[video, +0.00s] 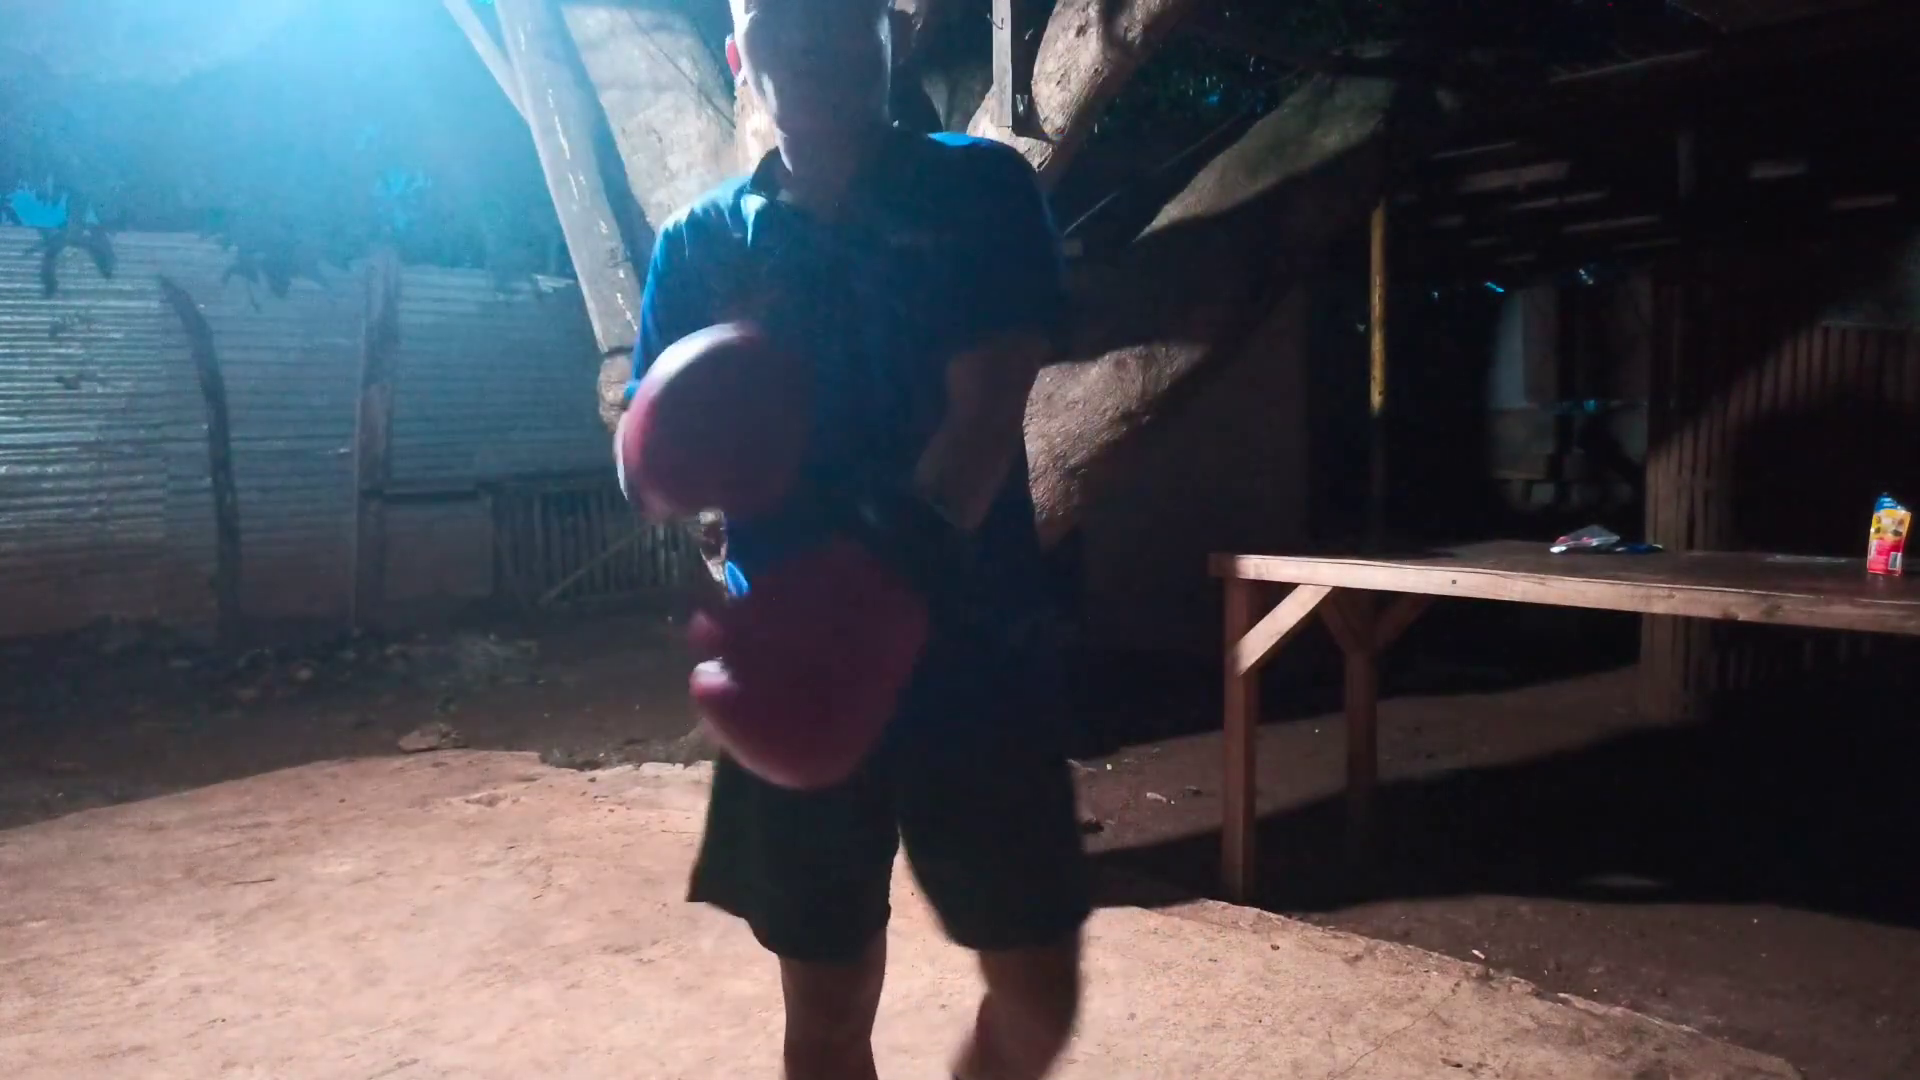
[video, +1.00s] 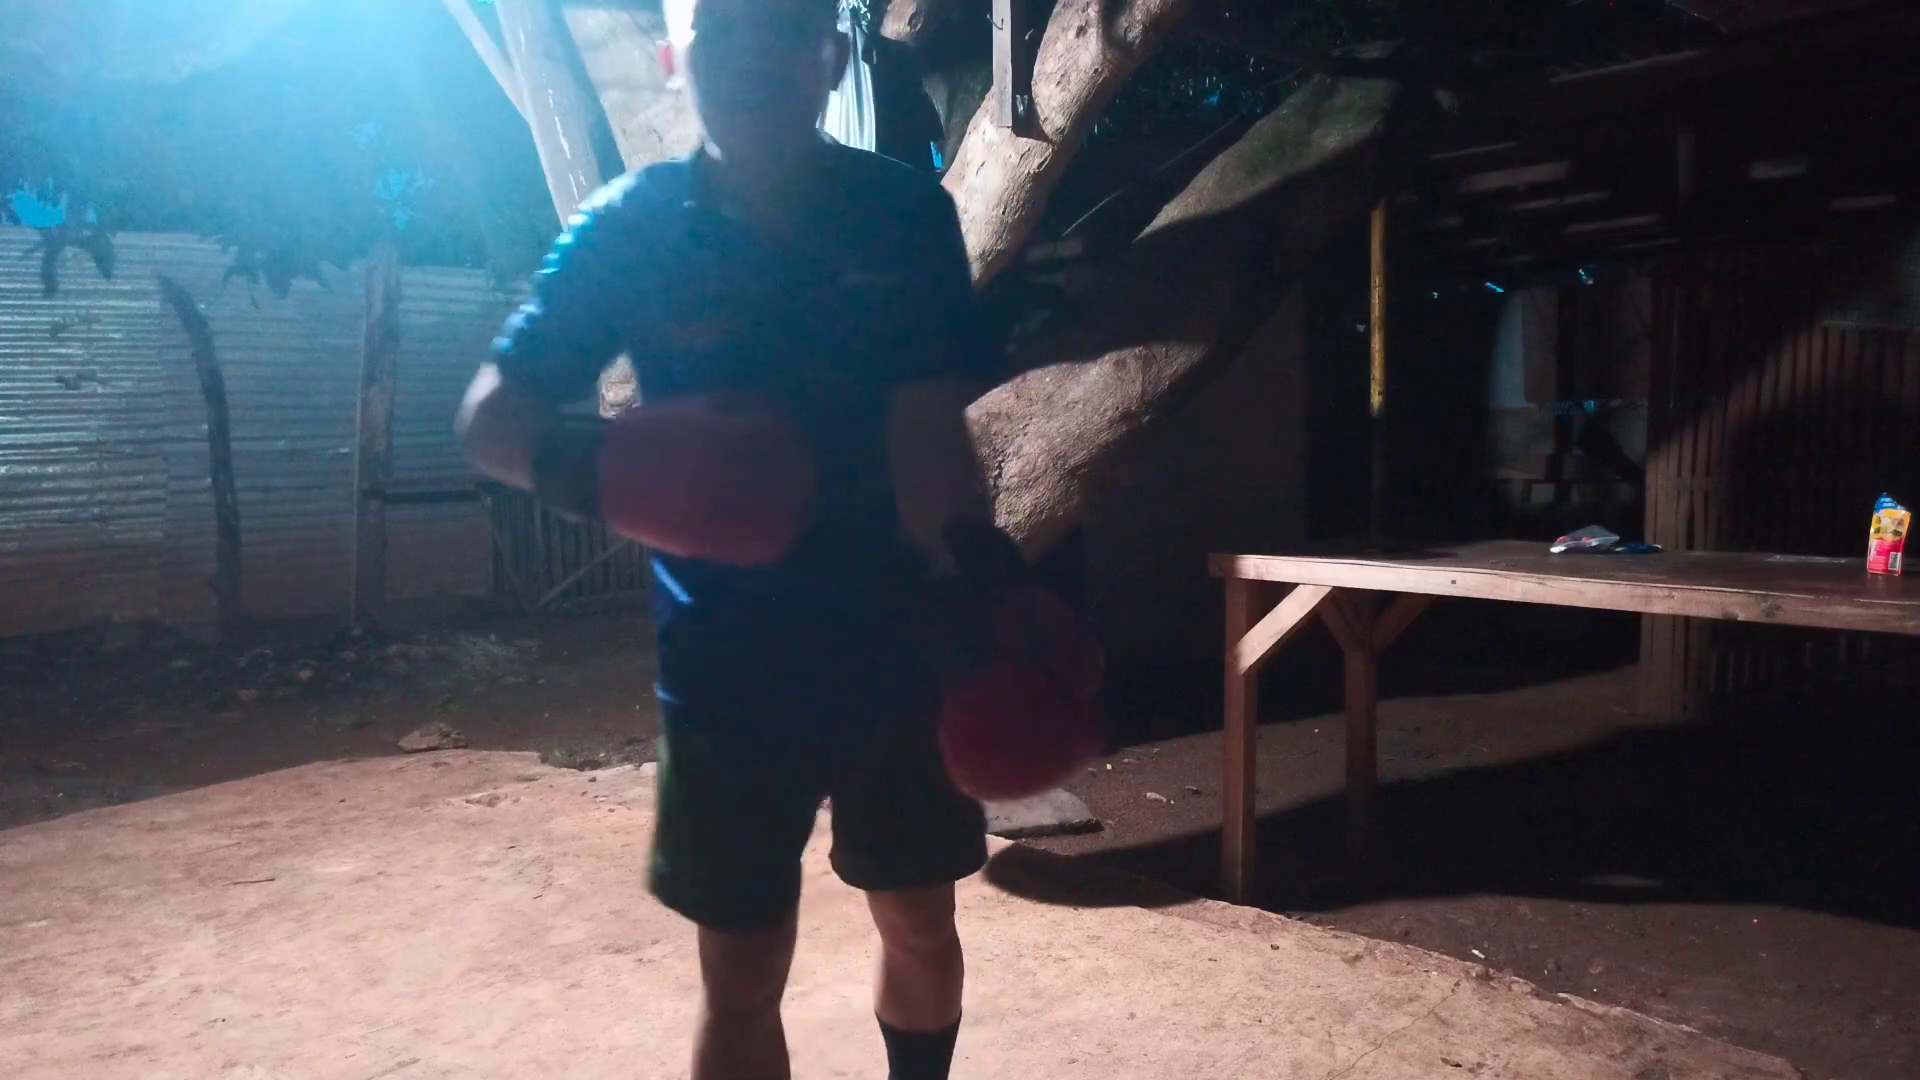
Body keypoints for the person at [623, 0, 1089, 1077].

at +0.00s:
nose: (816, 56)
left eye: (843, 30)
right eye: (785, 32)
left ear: (891, 41)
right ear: (741, 56)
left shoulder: (980, 186)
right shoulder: (698, 242)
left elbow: (990, 415)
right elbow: (663, 467)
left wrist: (890, 573)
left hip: (978, 633)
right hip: (794, 647)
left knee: (1038, 993)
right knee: (828, 996)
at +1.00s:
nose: (758, 61)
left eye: (789, 34)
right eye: (727, 35)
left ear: (836, 60)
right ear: (681, 62)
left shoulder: (898, 205)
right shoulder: (630, 225)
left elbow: (928, 428)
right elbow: (493, 415)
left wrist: (996, 587)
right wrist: (621, 470)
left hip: (896, 623)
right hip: (729, 642)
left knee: (921, 926)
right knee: (741, 976)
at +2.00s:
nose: (911, 33)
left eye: (937, 8)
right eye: (875, 9)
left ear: (977, 27)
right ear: (813, 28)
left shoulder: (1052, 193)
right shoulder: (770, 199)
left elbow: (1102, 441)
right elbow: (616, 420)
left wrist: (1151, 611)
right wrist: (770, 459)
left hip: (1015, 670)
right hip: (837, 677)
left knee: (994, 1000)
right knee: (821, 1027)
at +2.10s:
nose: (920, 28)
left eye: (946, 3)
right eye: (885, 5)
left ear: (985, 23)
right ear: (818, 23)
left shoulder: (1054, 194)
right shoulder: (764, 203)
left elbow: (1114, 428)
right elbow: (608, 427)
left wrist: (1123, 605)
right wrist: (777, 450)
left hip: (1028, 681)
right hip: (845, 694)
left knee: (993, 1010)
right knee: (853, 1044)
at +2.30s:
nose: (953, 33)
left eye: (974, 8)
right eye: (910, 8)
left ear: (1002, 21)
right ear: (817, 11)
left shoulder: (1041, 177)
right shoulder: (724, 188)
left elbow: (1114, 409)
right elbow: (565, 427)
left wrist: (1083, 559)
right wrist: (759, 384)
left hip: (1029, 670)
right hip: (836, 695)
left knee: (1013, 1014)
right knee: (861, 1051)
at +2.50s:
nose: (951, 12)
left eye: (966, 3)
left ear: (979, 6)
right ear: (815, 2)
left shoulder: (1018, 141)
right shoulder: (702, 135)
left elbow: (1106, 394)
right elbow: (599, 390)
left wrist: (1057, 533)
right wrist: (849, 317)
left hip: (1025, 678)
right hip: (817, 702)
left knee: (1070, 1030)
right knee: (831, 1056)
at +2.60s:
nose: (960, 13)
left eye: (972, 3)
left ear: (984, 6)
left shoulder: (1026, 133)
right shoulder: (706, 119)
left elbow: (1115, 364)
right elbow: (665, 373)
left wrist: (1045, 491)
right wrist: (940, 315)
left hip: (1031, 695)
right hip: (818, 716)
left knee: (1071, 1032)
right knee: (825, 1057)